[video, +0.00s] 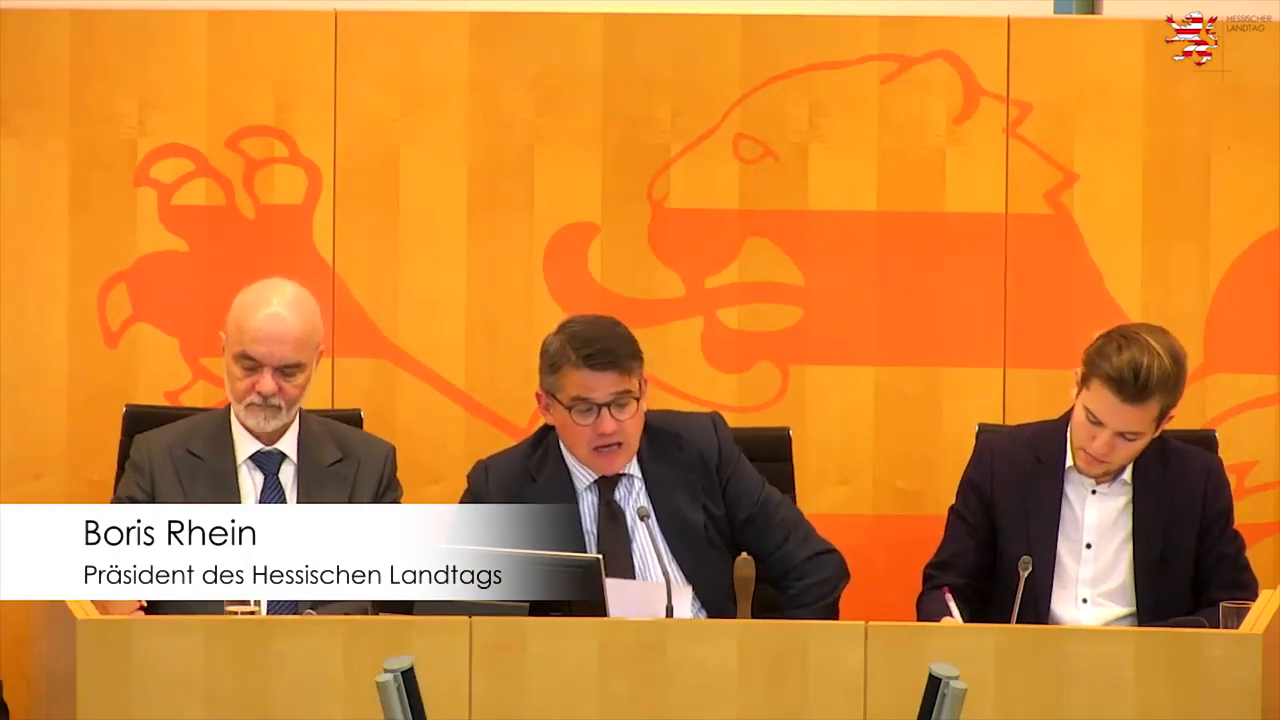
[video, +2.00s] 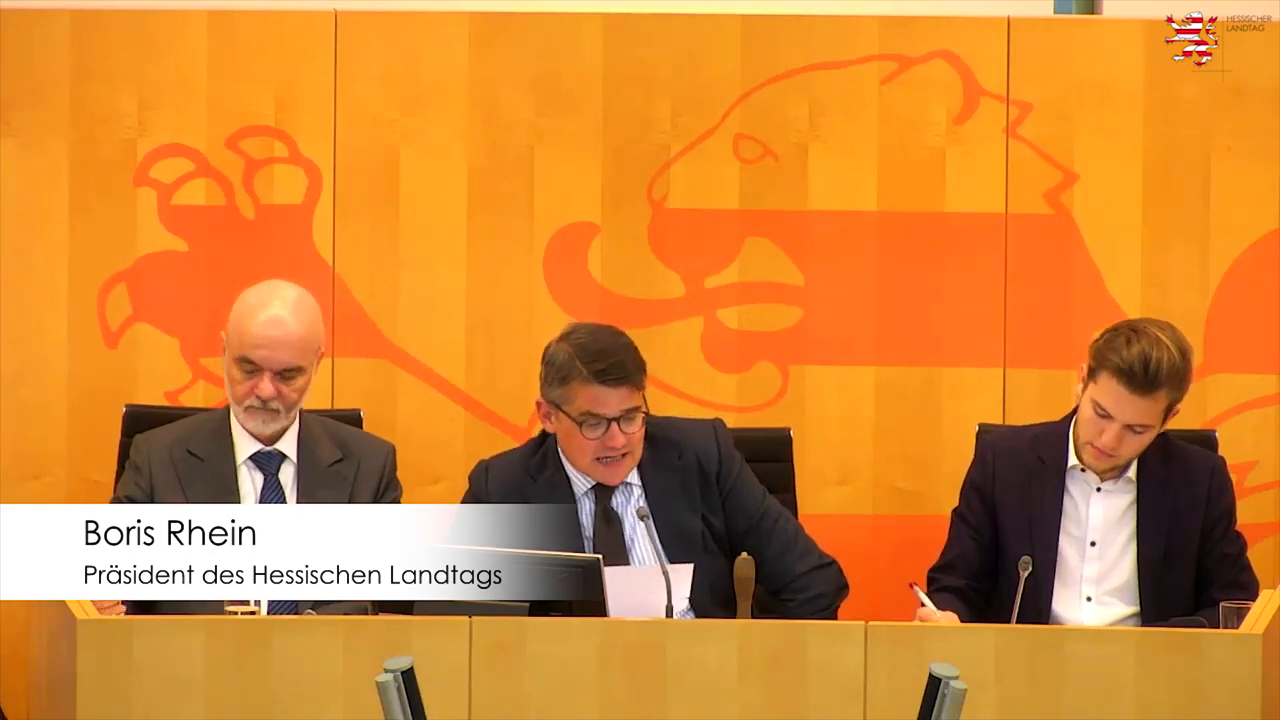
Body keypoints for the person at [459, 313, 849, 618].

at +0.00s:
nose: (607, 426)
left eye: (620, 403)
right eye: (584, 409)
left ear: (642, 389)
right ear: (547, 406)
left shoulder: (703, 448)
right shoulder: (499, 486)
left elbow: (815, 571)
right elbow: (468, 624)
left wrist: (773, 674)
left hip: (710, 668)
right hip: (570, 681)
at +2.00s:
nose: (617, 441)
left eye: (630, 417)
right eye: (592, 423)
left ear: (644, 397)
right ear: (548, 416)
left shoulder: (705, 454)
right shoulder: (500, 489)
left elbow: (813, 583)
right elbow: (462, 623)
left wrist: (760, 677)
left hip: (703, 677)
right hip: (563, 686)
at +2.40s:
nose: (616, 438)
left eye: (630, 415)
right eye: (592, 420)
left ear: (646, 396)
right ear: (551, 411)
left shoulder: (706, 453)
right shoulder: (501, 488)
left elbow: (813, 582)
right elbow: (466, 622)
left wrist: (761, 676)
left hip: (703, 674)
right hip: (565, 684)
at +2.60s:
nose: (614, 435)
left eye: (628, 413)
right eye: (591, 418)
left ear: (644, 395)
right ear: (548, 410)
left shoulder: (704, 453)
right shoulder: (500, 487)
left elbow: (811, 581)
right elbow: (468, 623)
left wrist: (760, 676)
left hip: (703, 673)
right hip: (564, 683)